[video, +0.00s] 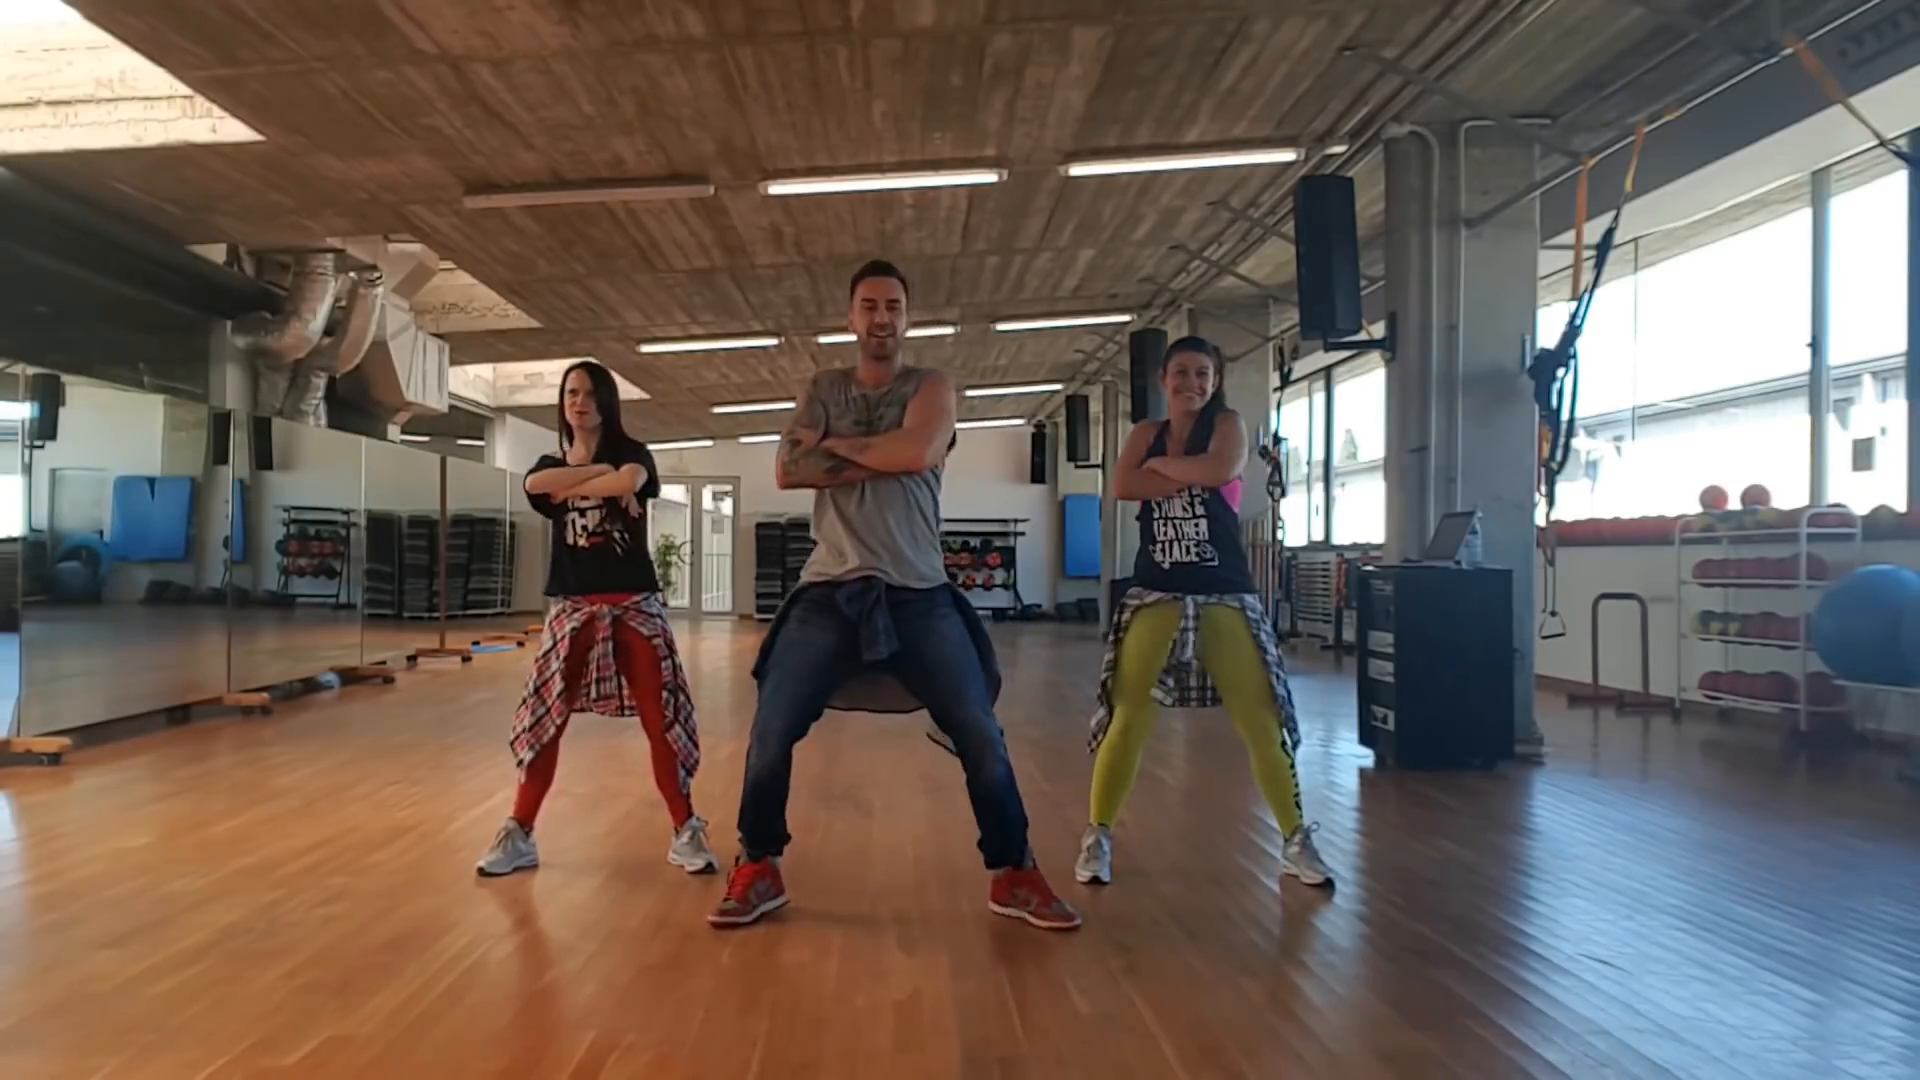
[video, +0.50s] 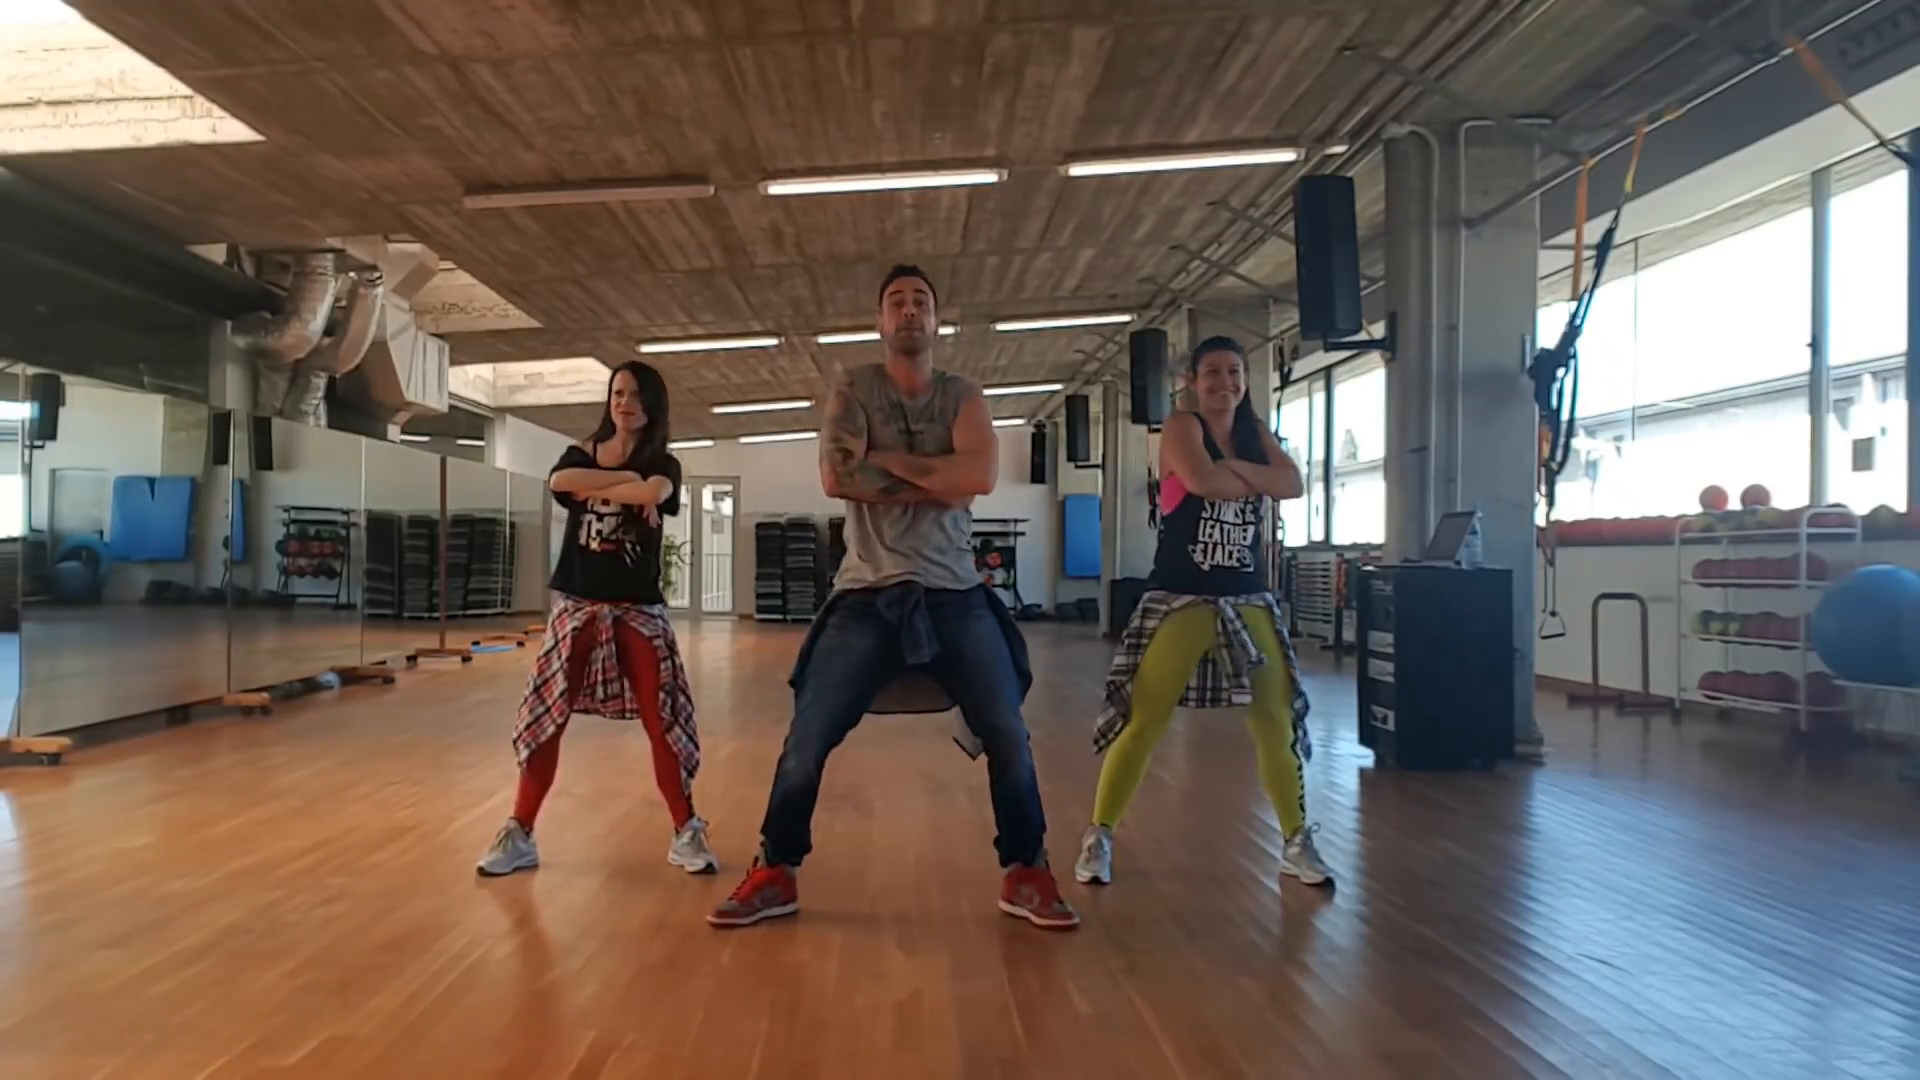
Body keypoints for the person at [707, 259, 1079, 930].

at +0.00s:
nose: (880, 317)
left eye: (891, 306)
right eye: (868, 305)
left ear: (907, 317)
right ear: (849, 315)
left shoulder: (930, 386)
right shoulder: (823, 390)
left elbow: (918, 453)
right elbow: (788, 472)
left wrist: (827, 442)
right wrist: (877, 458)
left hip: (918, 591)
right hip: (828, 589)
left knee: (978, 730)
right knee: (770, 730)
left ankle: (1013, 874)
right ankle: (758, 869)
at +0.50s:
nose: (909, 309)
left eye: (920, 301)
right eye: (897, 301)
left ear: (937, 321)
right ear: (878, 321)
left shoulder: (963, 396)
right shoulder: (853, 392)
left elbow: (977, 476)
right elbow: (835, 480)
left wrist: (882, 458)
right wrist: (931, 488)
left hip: (954, 592)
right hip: (866, 592)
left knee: (1005, 727)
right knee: (809, 731)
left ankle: (1025, 873)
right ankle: (775, 872)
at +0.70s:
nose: (914, 316)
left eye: (925, 307)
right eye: (903, 307)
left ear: (942, 325)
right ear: (883, 326)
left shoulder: (970, 398)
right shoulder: (855, 397)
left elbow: (1028, 461)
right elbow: (816, 470)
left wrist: (975, 448)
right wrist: (859, 480)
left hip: (955, 592)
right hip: (866, 591)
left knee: (1006, 730)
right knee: (810, 726)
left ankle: (1025, 873)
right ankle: (775, 871)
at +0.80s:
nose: (912, 314)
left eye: (923, 305)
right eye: (901, 305)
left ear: (940, 320)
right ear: (882, 321)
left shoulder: (964, 393)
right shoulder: (858, 391)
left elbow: (1012, 458)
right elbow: (819, 457)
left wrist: (994, 379)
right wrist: (842, 380)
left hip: (952, 588)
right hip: (864, 585)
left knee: (1005, 729)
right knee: (809, 723)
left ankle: (1025, 873)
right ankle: (773, 871)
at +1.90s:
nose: (852, 364)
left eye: (865, 352)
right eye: (842, 351)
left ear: (880, 358)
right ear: (826, 357)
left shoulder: (900, 431)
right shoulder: (807, 424)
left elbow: (957, 467)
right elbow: (782, 460)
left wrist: (958, 380)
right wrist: (797, 377)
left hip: (873, 621)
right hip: (801, 620)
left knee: (934, 757)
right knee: (708, 721)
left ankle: (1055, 854)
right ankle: (748, 871)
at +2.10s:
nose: (810, 353)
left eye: (823, 341)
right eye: (799, 339)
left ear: (840, 348)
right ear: (783, 344)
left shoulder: (855, 421)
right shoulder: (756, 410)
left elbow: (912, 451)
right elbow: (713, 431)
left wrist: (916, 357)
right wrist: (734, 343)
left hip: (833, 598)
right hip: (758, 597)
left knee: (893, 738)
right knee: (685, 727)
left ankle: (980, 846)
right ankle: (745, 869)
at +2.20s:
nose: (800, 343)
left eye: (812, 331)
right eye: (789, 330)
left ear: (831, 337)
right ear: (775, 334)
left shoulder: (849, 405)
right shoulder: (747, 396)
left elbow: (914, 413)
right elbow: (701, 397)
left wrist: (913, 330)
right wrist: (716, 318)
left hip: (827, 582)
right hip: (747, 581)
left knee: (849, 727)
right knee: (688, 720)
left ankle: (897, 835)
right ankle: (735, 859)